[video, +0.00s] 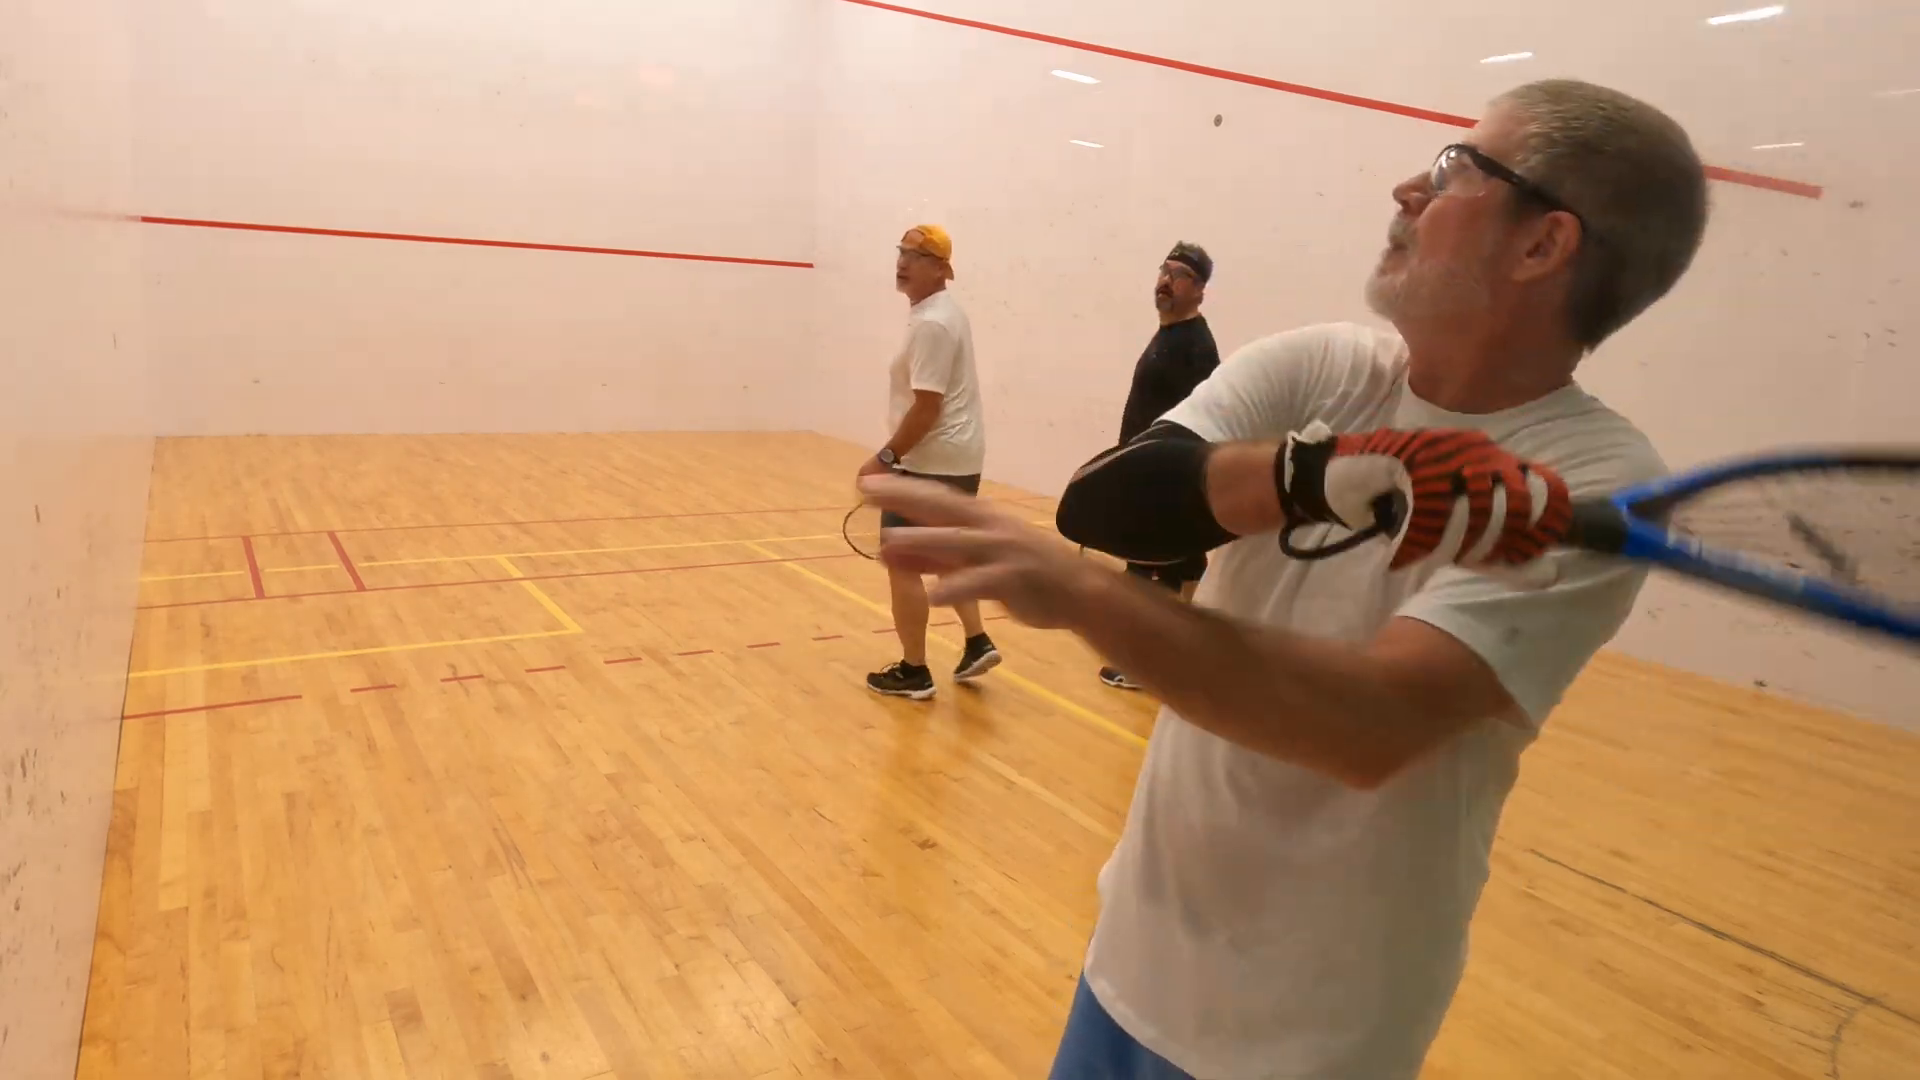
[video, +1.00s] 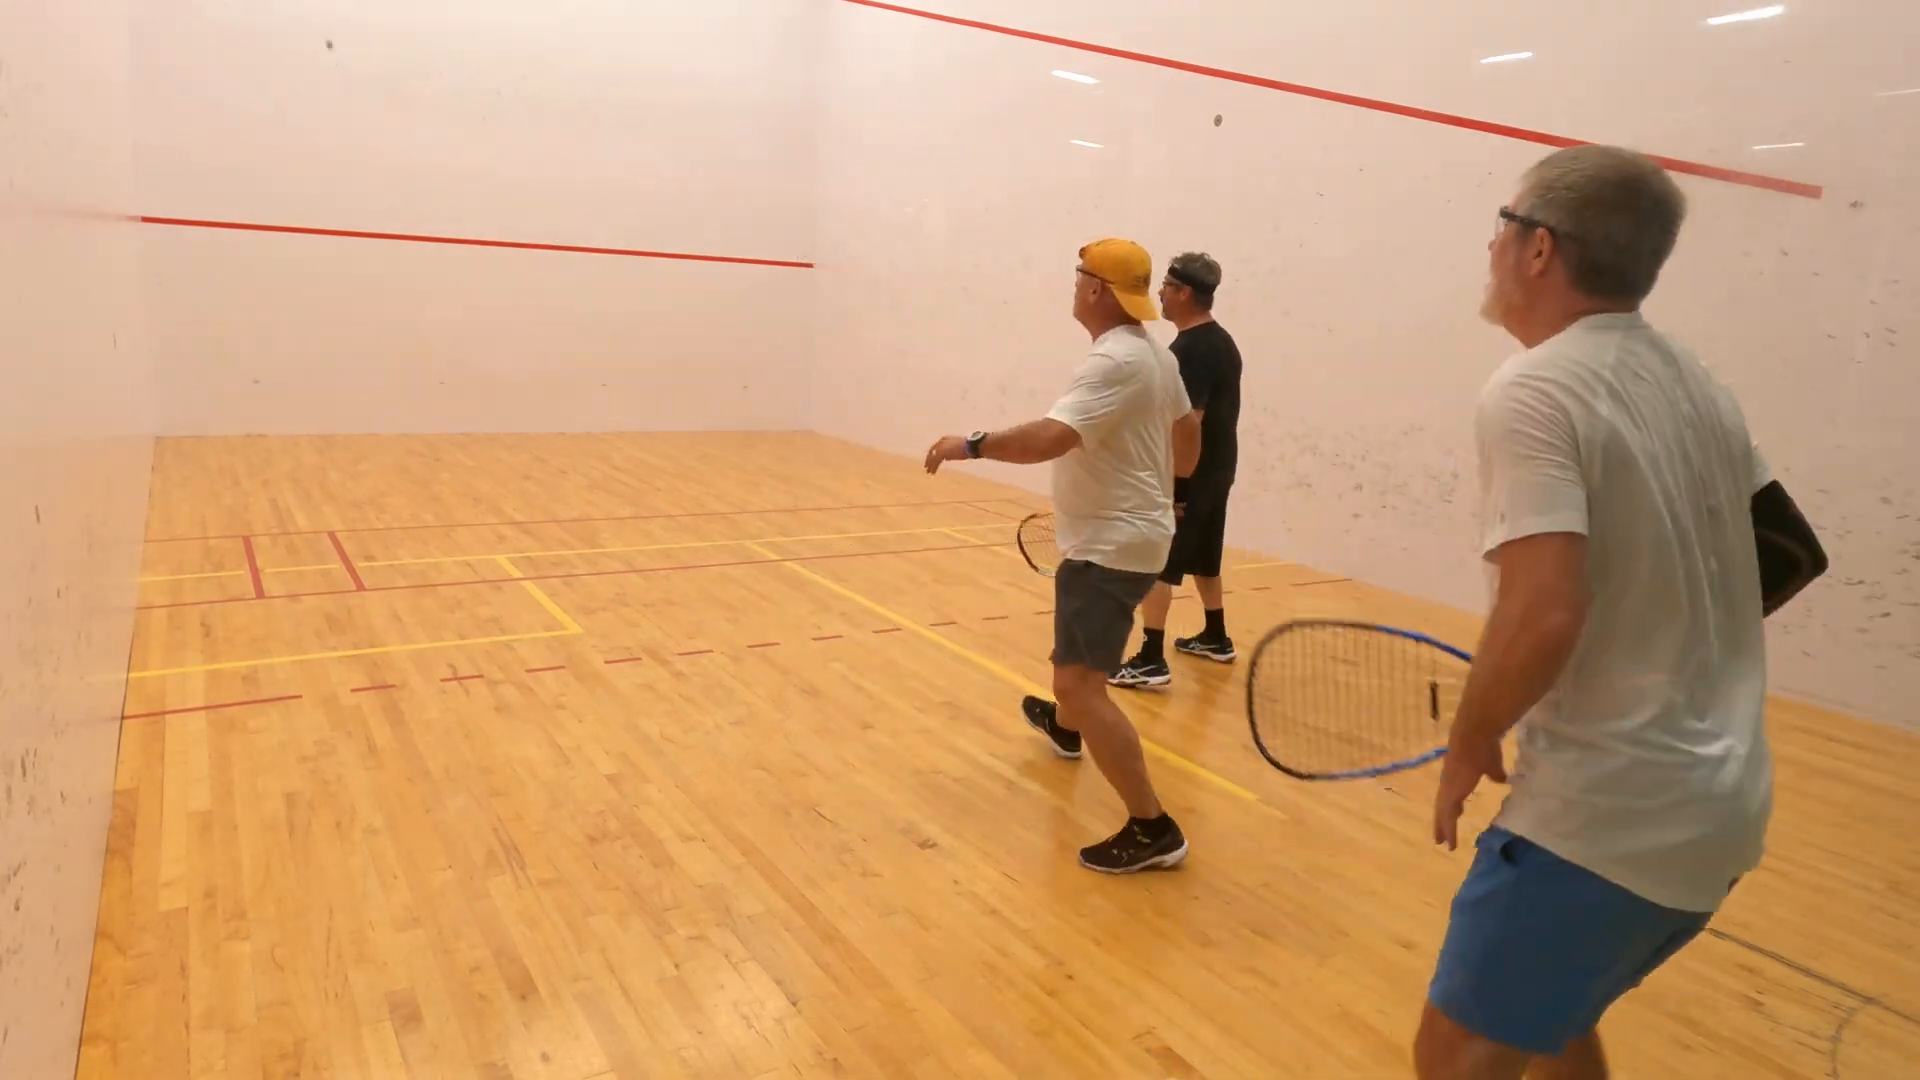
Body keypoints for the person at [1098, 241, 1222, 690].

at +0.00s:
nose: (1165, 282)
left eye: (1178, 276)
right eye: (1164, 272)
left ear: (1199, 290)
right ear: (1158, 279)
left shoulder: (1194, 344)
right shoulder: (1170, 331)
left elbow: (1197, 413)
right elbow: (1155, 402)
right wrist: (1128, 455)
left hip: (1170, 475)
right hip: (1150, 467)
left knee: (1149, 567)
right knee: (1178, 568)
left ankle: (1144, 659)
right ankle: (1144, 653)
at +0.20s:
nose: (1154, 282)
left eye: (1167, 278)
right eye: (1154, 273)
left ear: (1191, 292)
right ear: (1154, 278)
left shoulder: (1182, 343)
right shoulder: (1174, 333)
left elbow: (1164, 417)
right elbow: (1147, 400)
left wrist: (1123, 453)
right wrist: (1121, 447)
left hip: (1154, 472)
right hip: (1179, 469)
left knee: (1141, 563)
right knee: (1181, 557)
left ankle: (1149, 656)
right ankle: (1196, 650)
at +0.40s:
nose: (1137, 275)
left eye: (1147, 271)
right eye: (1142, 268)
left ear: (1171, 286)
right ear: (1172, 288)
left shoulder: (1172, 341)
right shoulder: (1187, 334)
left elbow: (1175, 413)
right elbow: (1175, 412)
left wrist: (1119, 444)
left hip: (1155, 473)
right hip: (1178, 469)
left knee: (1142, 567)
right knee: (1172, 556)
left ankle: (1149, 663)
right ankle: (1192, 640)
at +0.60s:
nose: (1137, 277)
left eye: (1144, 273)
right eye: (1141, 271)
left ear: (1161, 286)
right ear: (1175, 289)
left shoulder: (1165, 341)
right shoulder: (1195, 335)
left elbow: (1162, 411)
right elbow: (1188, 409)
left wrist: (1118, 448)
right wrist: (1122, 438)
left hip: (1156, 473)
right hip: (1188, 471)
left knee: (1146, 564)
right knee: (1184, 552)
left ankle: (1148, 664)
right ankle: (1199, 631)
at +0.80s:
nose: (1147, 284)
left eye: (1154, 280)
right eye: (1152, 278)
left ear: (1170, 291)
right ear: (1186, 295)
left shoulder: (1171, 347)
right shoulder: (1208, 343)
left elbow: (1166, 416)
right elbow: (1206, 415)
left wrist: (1122, 442)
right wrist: (1150, 442)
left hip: (1164, 475)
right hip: (1199, 474)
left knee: (1145, 565)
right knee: (1195, 552)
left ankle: (1147, 662)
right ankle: (1214, 630)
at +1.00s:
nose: (1160, 291)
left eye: (1167, 285)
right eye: (1163, 284)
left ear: (1187, 294)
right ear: (1197, 295)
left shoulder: (1190, 348)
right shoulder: (1220, 342)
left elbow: (1189, 421)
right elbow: (1214, 417)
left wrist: (1172, 487)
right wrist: (1189, 473)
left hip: (1188, 478)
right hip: (1214, 476)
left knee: (1159, 565)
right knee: (1204, 556)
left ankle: (1150, 657)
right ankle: (1216, 635)